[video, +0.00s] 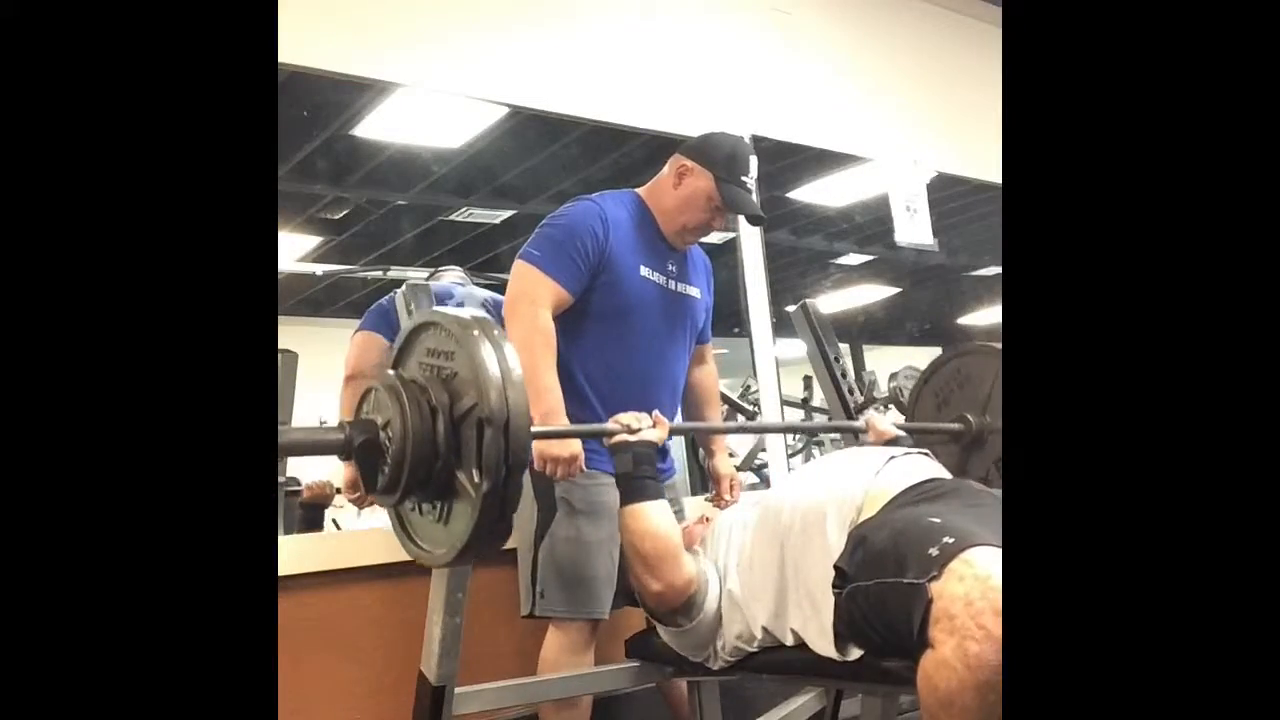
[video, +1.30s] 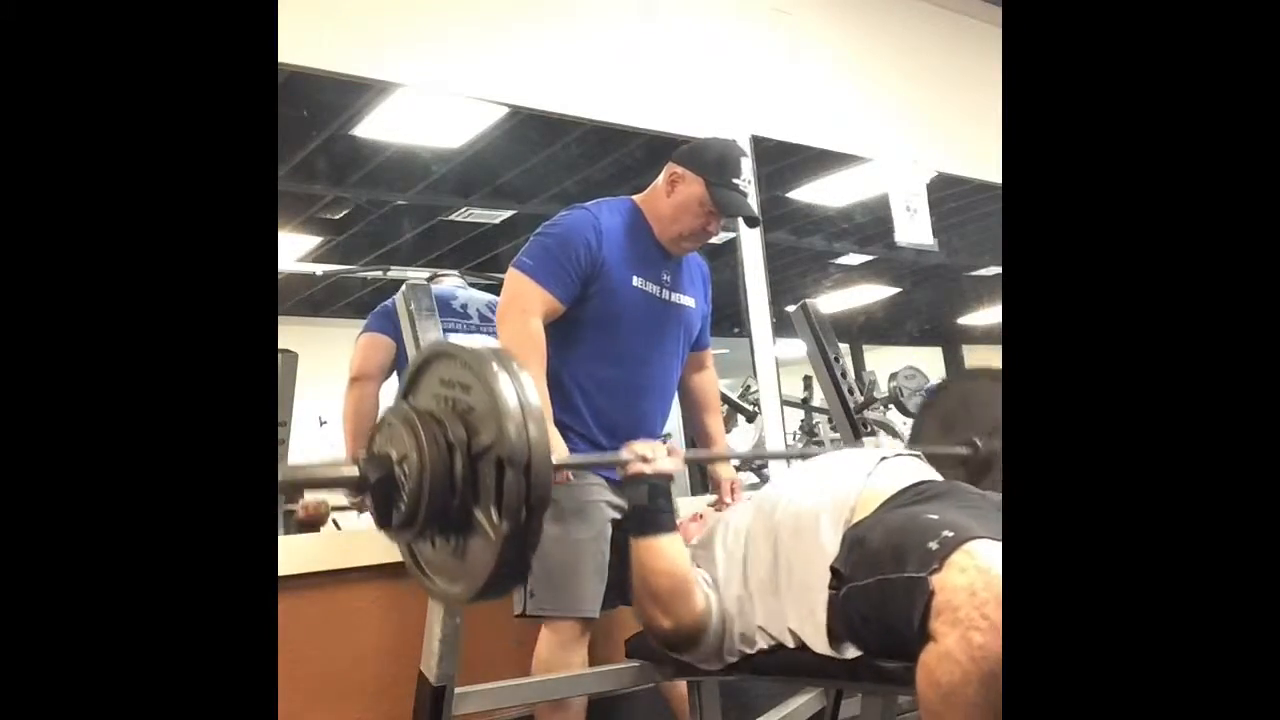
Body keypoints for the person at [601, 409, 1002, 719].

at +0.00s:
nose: (688, 517)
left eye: (686, 511)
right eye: (673, 529)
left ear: (704, 502)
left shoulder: (753, 502)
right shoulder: (706, 605)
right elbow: (664, 580)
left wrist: (881, 444)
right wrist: (634, 458)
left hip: (954, 490)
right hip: (879, 529)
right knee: (985, 596)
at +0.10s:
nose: (685, 520)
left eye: (686, 513)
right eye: (672, 531)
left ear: (705, 504)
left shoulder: (756, 504)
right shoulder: (706, 606)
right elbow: (662, 586)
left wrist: (881, 447)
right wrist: (635, 463)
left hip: (957, 490)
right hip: (880, 524)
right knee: (984, 597)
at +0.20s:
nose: (684, 516)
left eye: (683, 511)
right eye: (671, 528)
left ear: (701, 502)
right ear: (679, 566)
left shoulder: (754, 499)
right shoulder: (711, 607)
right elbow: (666, 593)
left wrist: (883, 447)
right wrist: (640, 473)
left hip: (953, 490)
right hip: (877, 528)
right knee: (986, 602)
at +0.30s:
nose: (689, 510)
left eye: (686, 508)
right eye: (677, 522)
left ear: (705, 502)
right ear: (682, 554)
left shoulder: (767, 500)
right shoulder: (710, 603)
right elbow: (665, 597)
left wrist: (886, 447)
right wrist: (642, 482)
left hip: (950, 490)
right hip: (876, 531)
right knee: (986, 601)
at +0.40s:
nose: (693, 509)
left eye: (692, 506)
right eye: (679, 520)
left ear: (712, 502)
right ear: (680, 551)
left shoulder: (765, 502)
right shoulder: (707, 595)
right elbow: (667, 609)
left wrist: (878, 446)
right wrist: (645, 488)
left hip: (952, 489)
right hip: (877, 528)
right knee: (987, 600)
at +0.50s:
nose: (693, 507)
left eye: (690, 502)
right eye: (680, 517)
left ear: (706, 500)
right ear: (674, 548)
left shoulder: (760, 508)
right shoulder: (707, 593)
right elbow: (671, 616)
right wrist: (650, 493)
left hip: (951, 488)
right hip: (877, 528)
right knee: (985, 601)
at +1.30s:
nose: (693, 514)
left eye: (694, 508)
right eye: (681, 525)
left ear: (714, 504)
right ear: (675, 549)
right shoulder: (713, 612)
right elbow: (671, 619)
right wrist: (649, 497)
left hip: (933, 486)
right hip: (873, 527)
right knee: (986, 593)